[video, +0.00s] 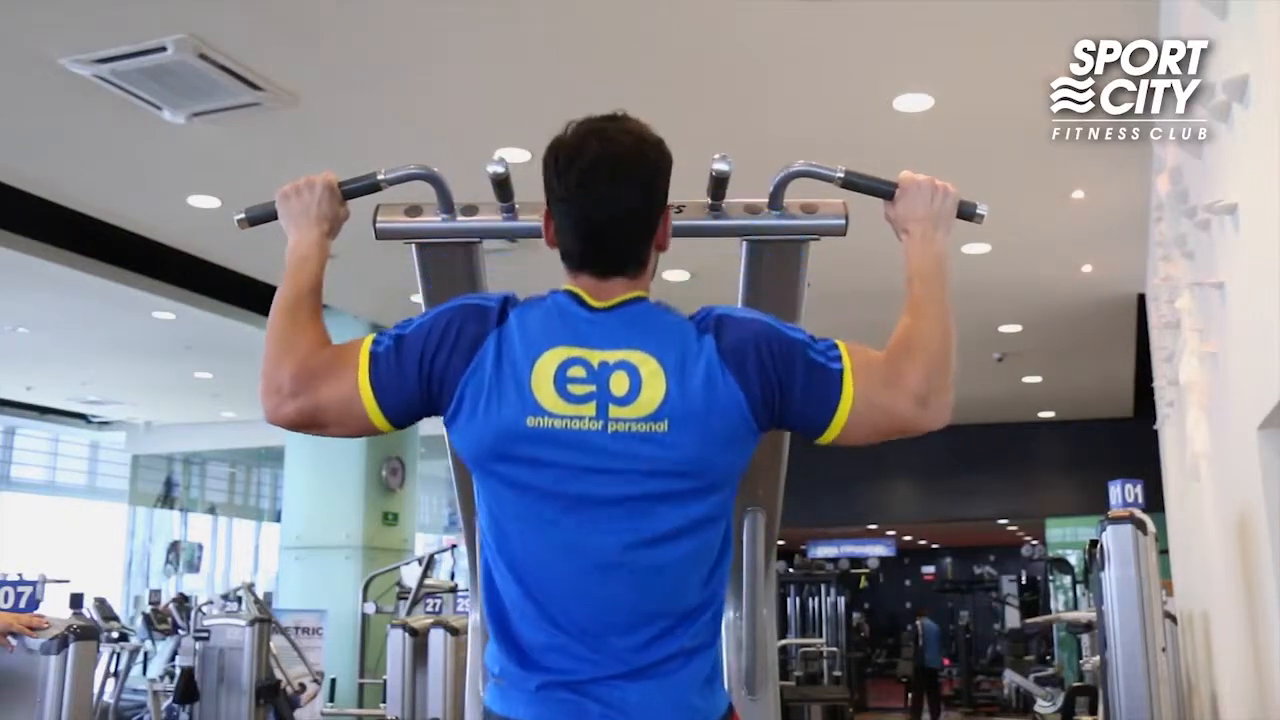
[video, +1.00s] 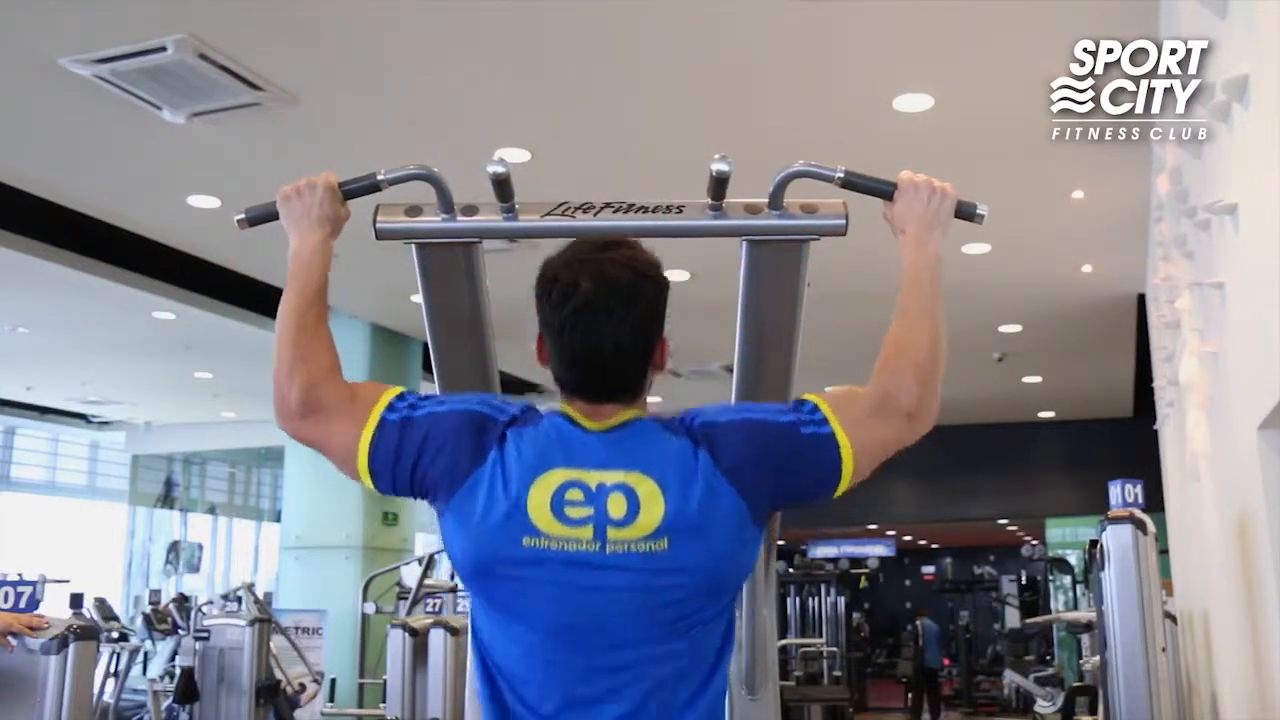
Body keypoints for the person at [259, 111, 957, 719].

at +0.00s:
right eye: (668, 213)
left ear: (547, 229)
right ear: (664, 232)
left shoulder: (477, 339)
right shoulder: (733, 352)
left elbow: (290, 391)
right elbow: (920, 394)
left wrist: (306, 236)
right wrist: (928, 236)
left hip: (525, 701)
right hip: (682, 701)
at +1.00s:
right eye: (662, 333)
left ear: (541, 353)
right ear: (661, 357)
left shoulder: (475, 453)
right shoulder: (727, 459)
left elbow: (306, 403)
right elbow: (904, 406)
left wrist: (308, 244)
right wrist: (921, 243)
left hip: (522, 709)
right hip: (684, 709)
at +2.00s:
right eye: (663, 147)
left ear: (547, 166)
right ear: (665, 168)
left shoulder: (481, 286)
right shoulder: (732, 294)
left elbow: (307, 391)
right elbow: (910, 392)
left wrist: (307, 239)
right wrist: (924, 238)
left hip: (528, 666)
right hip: (679, 667)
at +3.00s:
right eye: (663, 408)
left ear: (538, 434)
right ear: (662, 441)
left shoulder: (477, 518)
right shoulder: (722, 538)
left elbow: (327, 404)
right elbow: (868, 405)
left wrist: (311, 243)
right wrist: (917, 245)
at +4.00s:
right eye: (664, 113)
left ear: (550, 127)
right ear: (662, 126)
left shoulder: (486, 245)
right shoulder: (733, 249)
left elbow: (327, 382)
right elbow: (896, 381)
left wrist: (309, 240)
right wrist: (925, 242)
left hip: (532, 614)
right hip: (679, 616)